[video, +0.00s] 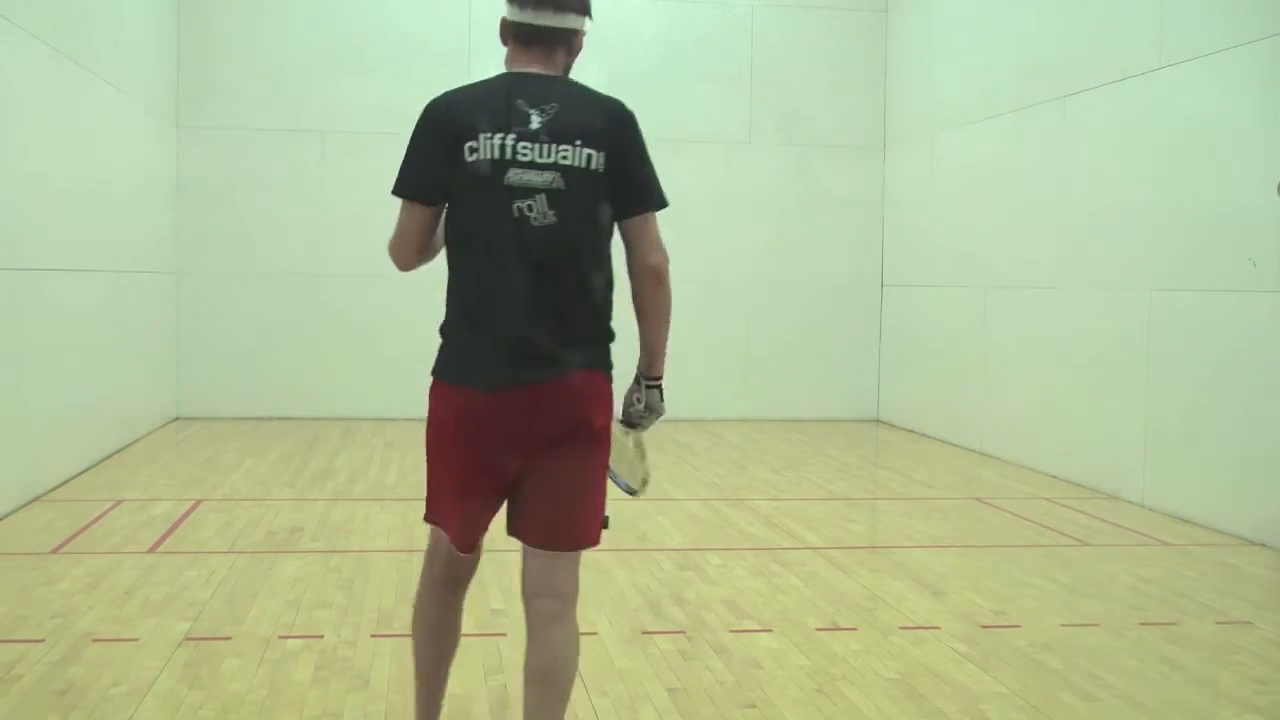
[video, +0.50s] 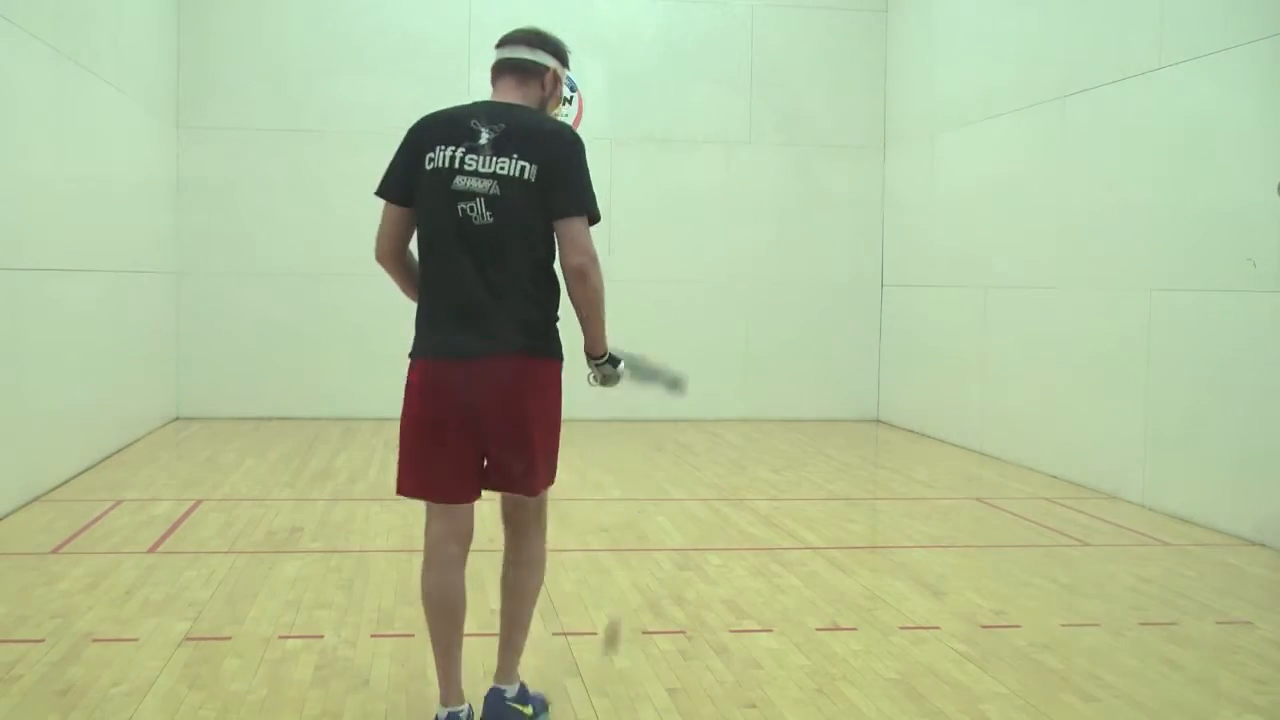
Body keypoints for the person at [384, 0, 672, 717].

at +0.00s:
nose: (563, 42)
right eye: (571, 33)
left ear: (504, 33)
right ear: (577, 42)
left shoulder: (450, 114)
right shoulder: (612, 121)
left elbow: (406, 252)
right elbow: (650, 265)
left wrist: (456, 209)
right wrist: (652, 374)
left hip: (474, 383)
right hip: (575, 384)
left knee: (447, 570)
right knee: (553, 599)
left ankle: (426, 714)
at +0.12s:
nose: (558, 66)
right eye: (561, 55)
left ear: (493, 51)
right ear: (560, 57)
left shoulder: (437, 124)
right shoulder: (588, 132)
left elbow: (414, 255)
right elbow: (624, 266)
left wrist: (470, 209)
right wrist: (635, 383)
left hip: (459, 377)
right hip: (557, 378)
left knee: (455, 551)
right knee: (543, 577)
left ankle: (448, 708)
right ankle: (537, 716)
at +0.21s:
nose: (550, 80)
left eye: (544, 70)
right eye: (552, 70)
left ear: (484, 62)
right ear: (548, 69)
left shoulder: (427, 132)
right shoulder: (572, 139)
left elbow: (415, 260)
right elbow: (606, 271)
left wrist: (483, 230)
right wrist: (623, 386)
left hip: (448, 379)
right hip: (543, 379)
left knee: (452, 549)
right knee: (541, 560)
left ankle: (449, 707)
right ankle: (540, 713)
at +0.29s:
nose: (548, 84)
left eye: (544, 74)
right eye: (550, 73)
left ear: (480, 68)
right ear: (542, 72)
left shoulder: (422, 133)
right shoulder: (563, 139)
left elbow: (407, 258)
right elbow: (592, 267)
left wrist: (469, 287)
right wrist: (609, 381)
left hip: (442, 374)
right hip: (531, 376)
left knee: (449, 546)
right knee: (534, 552)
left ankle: (449, 705)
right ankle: (531, 682)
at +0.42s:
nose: (555, 89)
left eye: (553, 80)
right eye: (556, 79)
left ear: (486, 71)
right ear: (546, 74)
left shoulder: (425, 127)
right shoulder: (556, 136)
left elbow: (393, 250)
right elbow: (583, 263)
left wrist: (445, 299)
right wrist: (602, 364)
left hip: (440, 364)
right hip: (525, 366)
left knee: (445, 543)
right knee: (525, 530)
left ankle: (451, 705)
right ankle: (510, 679)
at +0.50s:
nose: (560, 96)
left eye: (557, 86)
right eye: (562, 86)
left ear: (493, 75)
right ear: (551, 81)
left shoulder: (430, 130)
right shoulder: (556, 141)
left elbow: (389, 247)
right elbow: (578, 261)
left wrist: (437, 299)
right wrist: (598, 348)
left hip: (439, 364)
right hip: (522, 368)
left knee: (445, 537)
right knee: (525, 525)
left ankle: (451, 704)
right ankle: (505, 686)